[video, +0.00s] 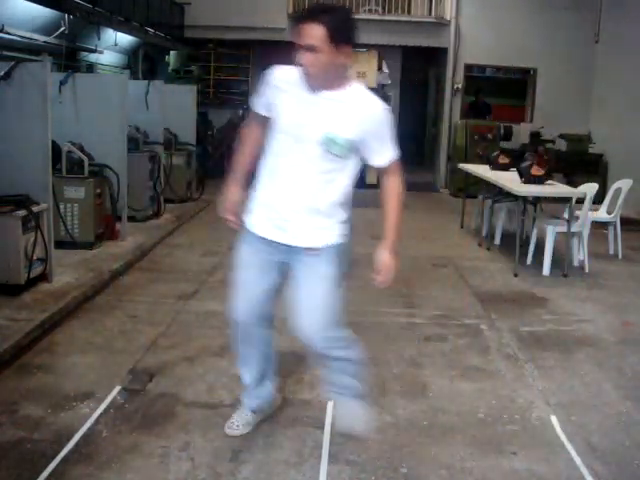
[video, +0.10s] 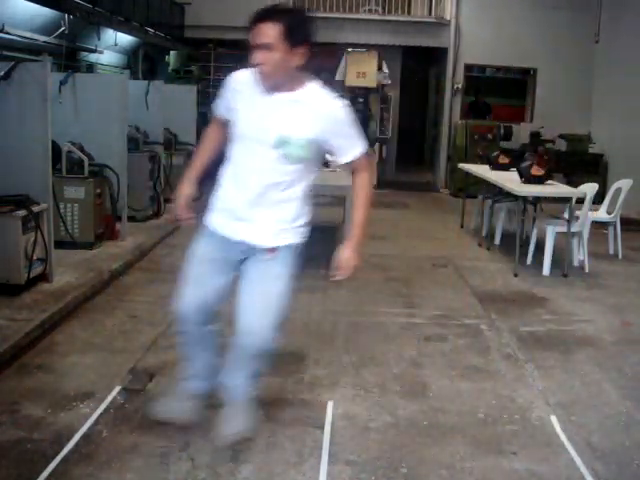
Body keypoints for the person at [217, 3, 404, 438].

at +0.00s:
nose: (302, 58)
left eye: (312, 50)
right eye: (299, 48)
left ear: (343, 54)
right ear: (295, 46)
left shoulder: (369, 112)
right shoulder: (279, 80)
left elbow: (392, 175)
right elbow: (255, 125)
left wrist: (388, 244)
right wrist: (235, 182)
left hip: (319, 241)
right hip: (261, 230)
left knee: (314, 326)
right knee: (245, 315)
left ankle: (349, 393)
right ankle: (257, 396)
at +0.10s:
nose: (256, 58)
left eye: (267, 48)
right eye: (254, 48)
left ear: (299, 54)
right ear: (251, 48)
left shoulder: (328, 110)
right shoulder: (239, 84)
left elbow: (363, 168)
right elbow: (218, 129)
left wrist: (351, 242)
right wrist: (188, 182)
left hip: (276, 243)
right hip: (220, 229)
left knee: (256, 334)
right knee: (190, 307)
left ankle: (238, 398)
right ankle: (195, 387)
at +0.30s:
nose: (172, 103)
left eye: (183, 93)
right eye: (169, 93)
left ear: (214, 99)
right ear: (165, 93)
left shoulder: (240, 154)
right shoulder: (157, 128)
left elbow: (268, 222)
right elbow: (150, 185)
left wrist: (263, 301)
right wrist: (116, 234)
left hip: (200, 275)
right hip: (144, 263)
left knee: (188, 359)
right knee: (100, 334)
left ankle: (197, 421)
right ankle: (53, 403)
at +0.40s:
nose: (151, 125)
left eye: (163, 116)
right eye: (146, 114)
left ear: (188, 116)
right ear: (139, 111)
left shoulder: (212, 169)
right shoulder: (123, 143)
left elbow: (221, 239)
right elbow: (109, 196)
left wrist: (216, 312)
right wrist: (90, 258)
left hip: (178, 275)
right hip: (119, 267)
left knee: (183, 355)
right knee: (76, 341)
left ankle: (196, 417)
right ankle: (50, 403)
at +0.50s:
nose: (161, 122)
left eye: (171, 111)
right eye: (153, 111)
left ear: (192, 106)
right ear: (143, 105)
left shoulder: (216, 156)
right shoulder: (121, 136)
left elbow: (222, 223)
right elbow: (102, 190)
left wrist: (212, 290)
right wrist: (80, 251)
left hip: (179, 272)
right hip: (119, 264)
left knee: (191, 353)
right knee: (80, 337)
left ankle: (188, 417)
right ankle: (50, 402)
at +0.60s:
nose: (186, 99)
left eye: (195, 88)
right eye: (177, 89)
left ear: (212, 82)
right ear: (163, 83)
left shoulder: (239, 129)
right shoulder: (142, 116)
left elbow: (254, 188)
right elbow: (121, 167)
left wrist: (239, 255)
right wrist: (96, 226)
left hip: (202, 266)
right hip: (140, 256)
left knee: (192, 355)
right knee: (103, 325)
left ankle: (172, 418)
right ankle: (55, 396)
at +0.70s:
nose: (213, 83)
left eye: (221, 72)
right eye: (202, 73)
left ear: (234, 63)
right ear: (182, 66)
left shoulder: (260, 108)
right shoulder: (157, 99)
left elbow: (282, 161)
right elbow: (137, 153)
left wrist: (272, 230)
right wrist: (116, 217)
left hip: (228, 247)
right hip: (168, 236)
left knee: (208, 343)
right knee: (136, 323)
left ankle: (187, 413)